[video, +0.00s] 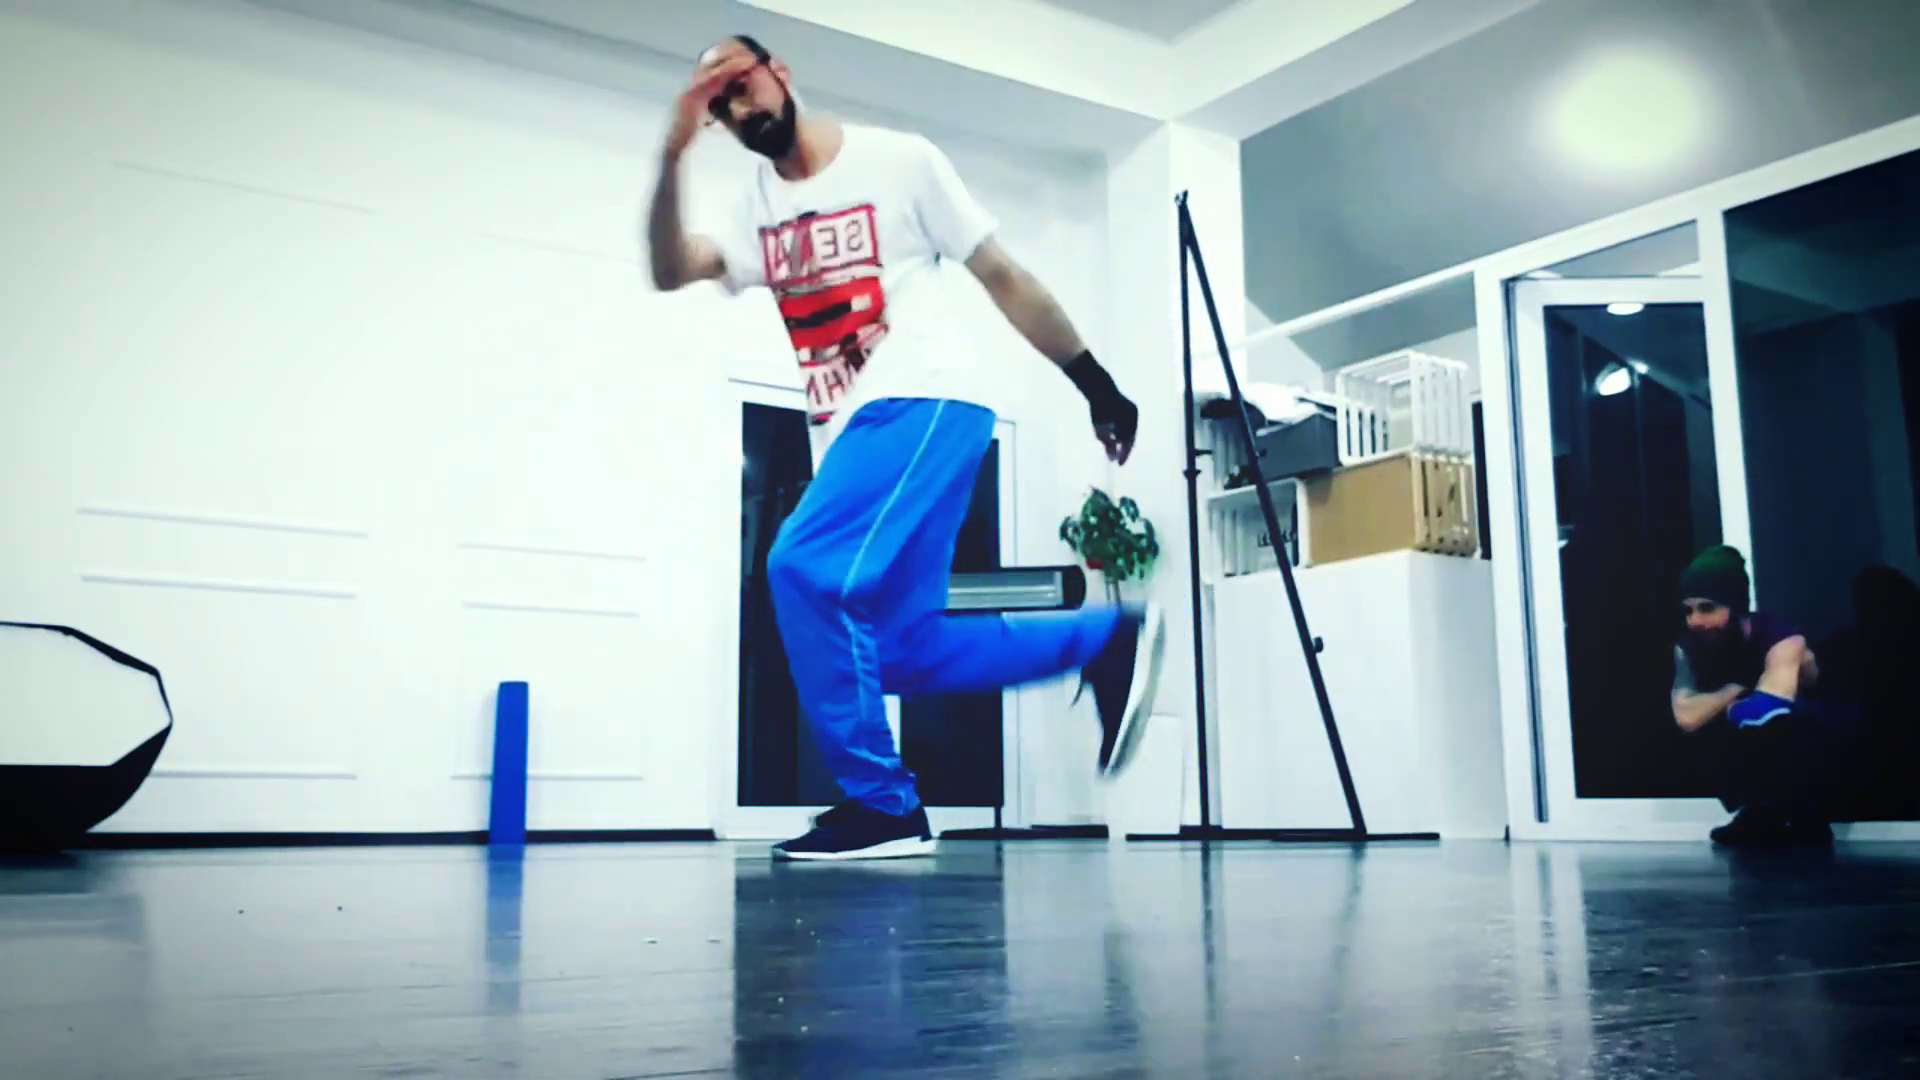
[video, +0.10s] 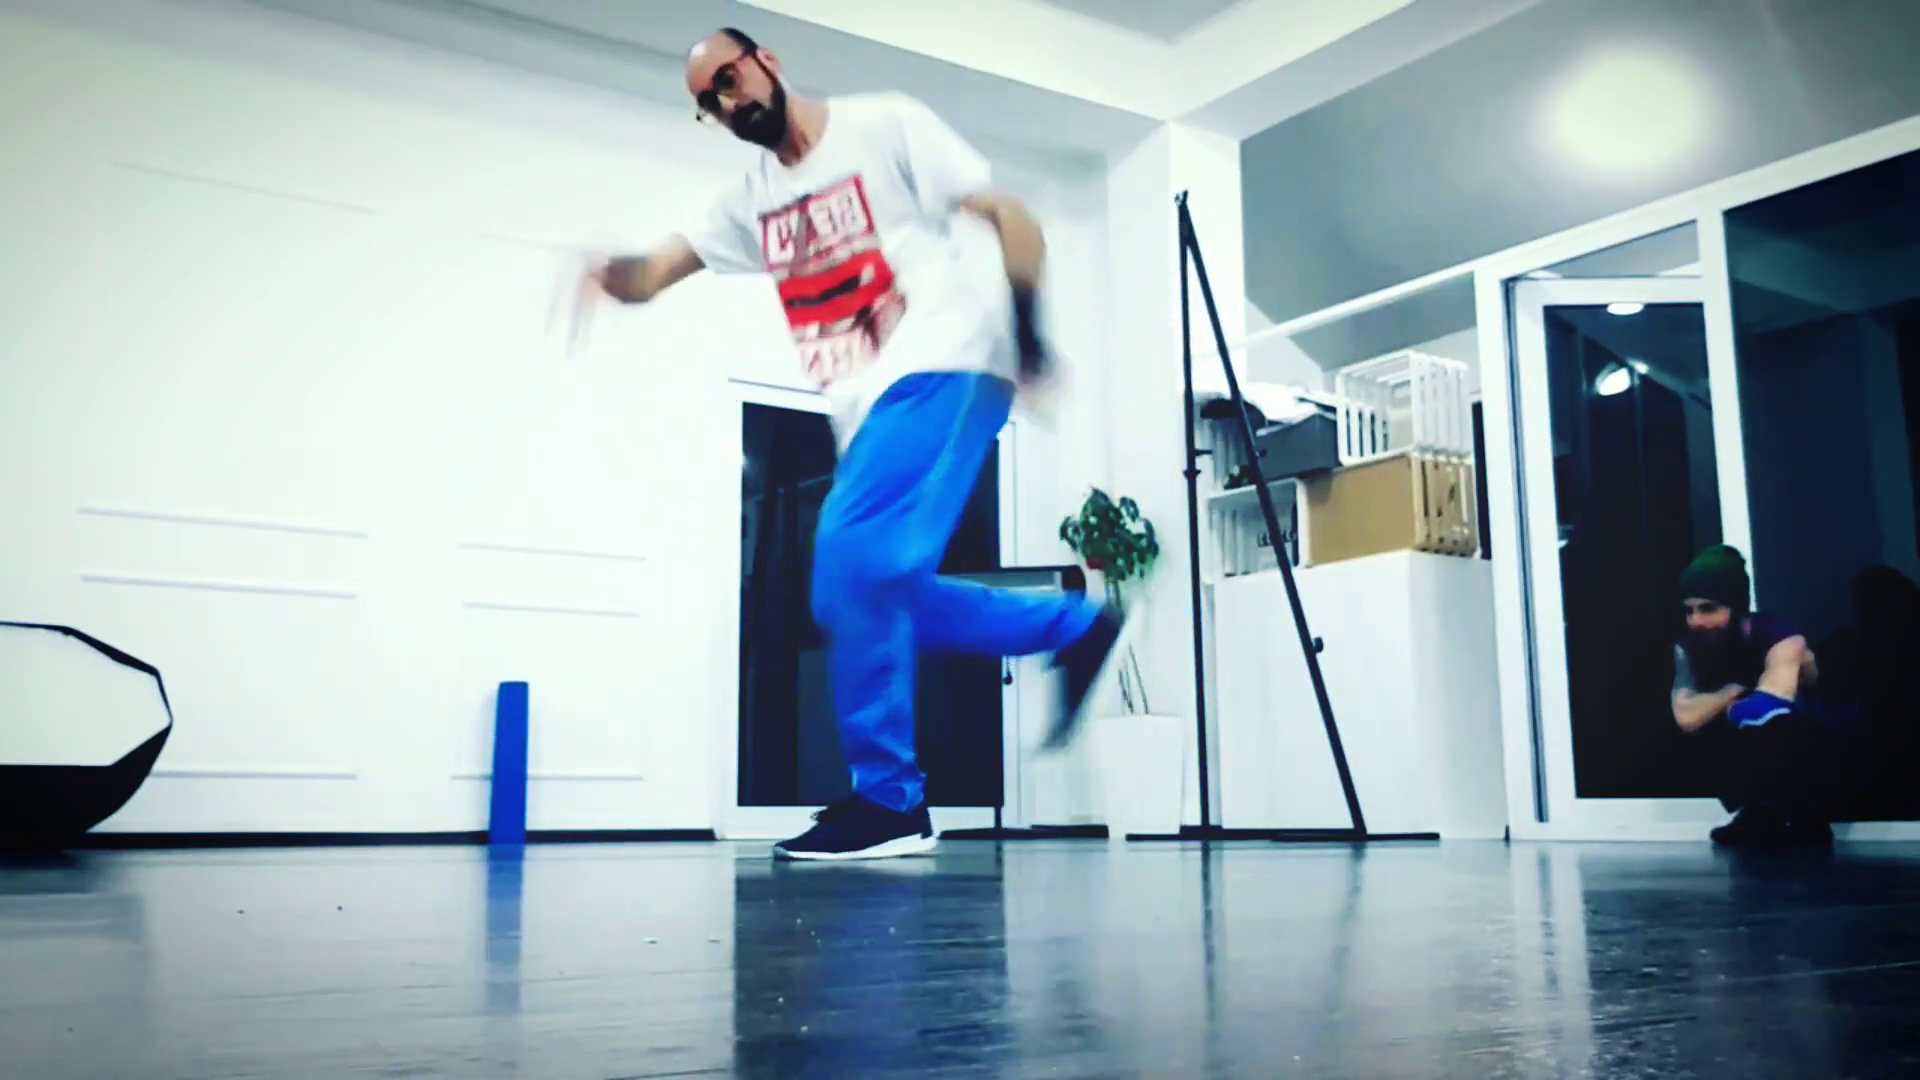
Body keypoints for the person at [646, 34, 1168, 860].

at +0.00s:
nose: (735, 108)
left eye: (741, 85)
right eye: (720, 105)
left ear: (782, 75)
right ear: (720, 123)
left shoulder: (903, 162)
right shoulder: (759, 212)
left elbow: (1003, 278)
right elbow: (668, 271)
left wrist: (1094, 381)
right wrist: (672, 156)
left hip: (932, 393)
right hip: (885, 416)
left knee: (806, 563)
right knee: (901, 651)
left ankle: (880, 801)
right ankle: (1102, 637)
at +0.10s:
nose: (724, 104)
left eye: (726, 80)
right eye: (707, 103)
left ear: (767, 60)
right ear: (711, 120)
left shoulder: (886, 124)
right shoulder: (745, 199)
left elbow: (1011, 214)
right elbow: (654, 271)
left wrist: (1029, 338)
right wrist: (606, 270)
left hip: (949, 357)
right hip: (875, 401)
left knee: (856, 556)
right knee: (867, 588)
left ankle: (888, 800)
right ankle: (1073, 624)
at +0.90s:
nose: (694, 208)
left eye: (692, 196)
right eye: (691, 200)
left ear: (714, 170)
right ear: (763, 166)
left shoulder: (726, 191)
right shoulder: (832, 214)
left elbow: (731, 271)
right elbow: (772, 362)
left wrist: (749, 365)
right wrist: (654, 395)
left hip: (748, 411)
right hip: (844, 418)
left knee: (742, 611)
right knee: (801, 629)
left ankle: (722, 809)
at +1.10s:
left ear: (748, 143)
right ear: (812, 135)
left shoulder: (694, 174)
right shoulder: (842, 167)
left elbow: (597, 286)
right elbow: (891, 317)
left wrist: (591, 403)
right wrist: (814, 376)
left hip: (669, 362)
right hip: (766, 362)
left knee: (716, 600)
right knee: (788, 577)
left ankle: (719, 805)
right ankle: (611, 527)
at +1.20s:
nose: (855, 119)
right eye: (853, 105)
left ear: (778, 86)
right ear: (837, 93)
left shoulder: (689, 132)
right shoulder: (842, 114)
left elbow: (588, 269)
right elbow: (952, 232)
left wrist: (635, 351)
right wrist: (910, 346)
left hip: (638, 329)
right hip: (732, 314)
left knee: (677, 551)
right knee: (800, 529)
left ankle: (651, 785)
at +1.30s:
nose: (868, 100)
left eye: (866, 89)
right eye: (864, 85)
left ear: (797, 66)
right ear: (836, 69)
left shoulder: (721, 120)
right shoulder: (820, 95)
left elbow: (683, 239)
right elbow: (900, 189)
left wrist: (753, 299)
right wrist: (869, 312)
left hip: (626, 341)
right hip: (704, 335)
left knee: (644, 580)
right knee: (800, 531)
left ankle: (527, 780)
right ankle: (800, 772)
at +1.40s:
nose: (867, 98)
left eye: (872, 83)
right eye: (859, 77)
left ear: (811, 68)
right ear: (808, 61)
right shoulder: (776, 105)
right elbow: (749, 200)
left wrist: (863, 317)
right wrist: (712, 343)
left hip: (640, 367)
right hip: (697, 366)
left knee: (627, 594)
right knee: (801, 561)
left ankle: (519, 792)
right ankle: (880, 787)